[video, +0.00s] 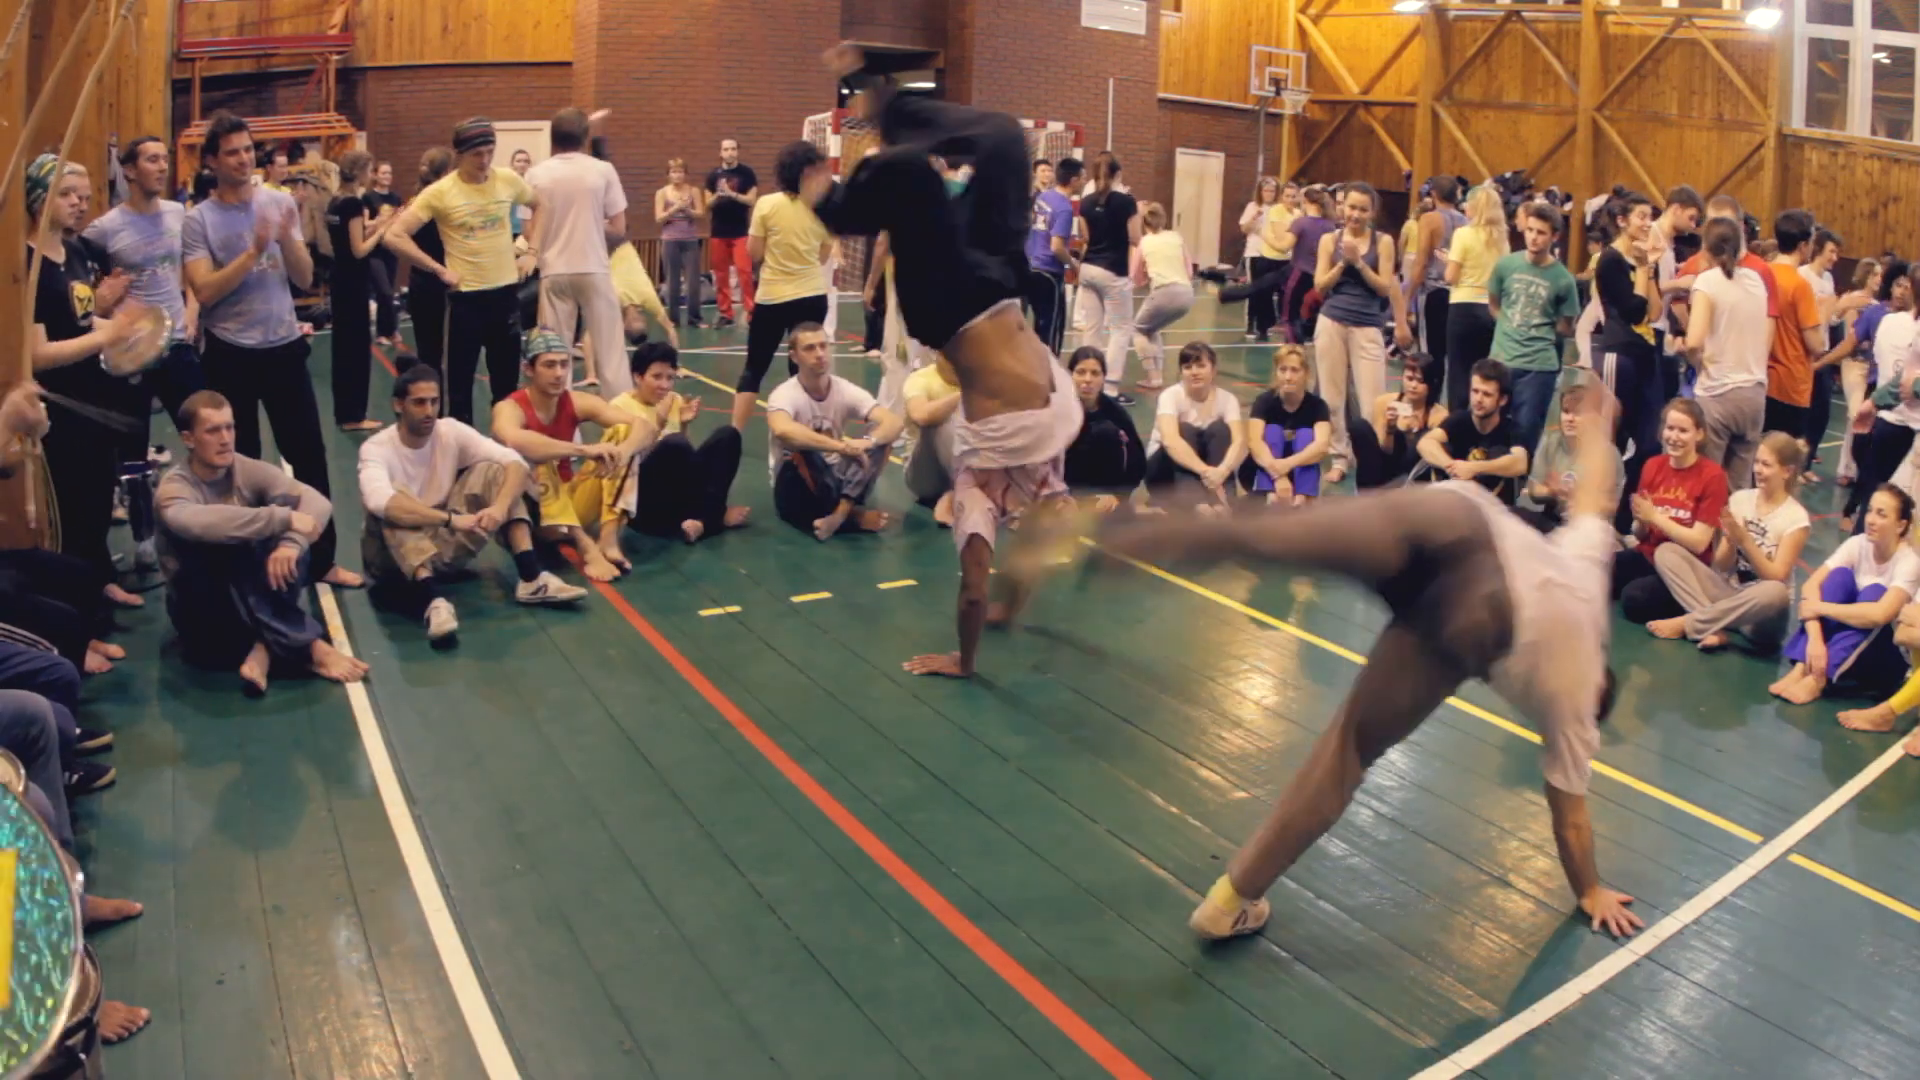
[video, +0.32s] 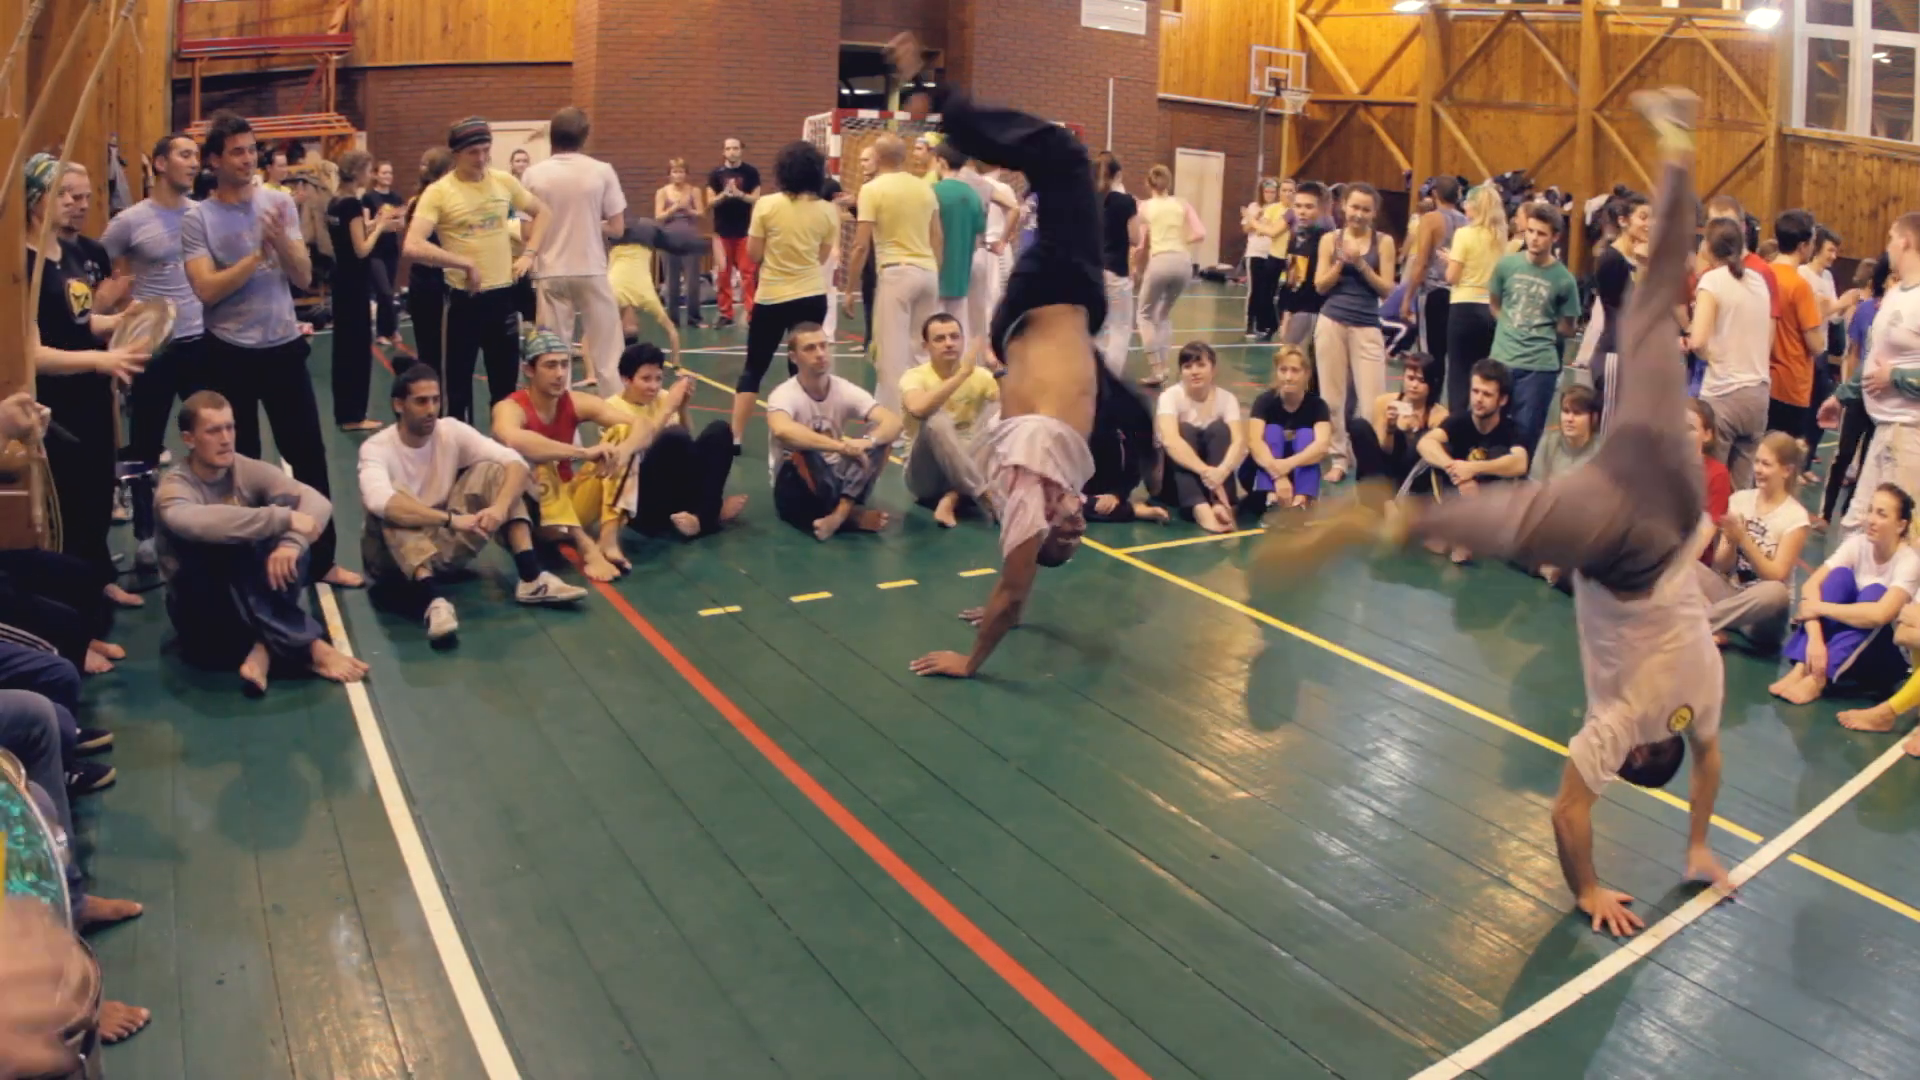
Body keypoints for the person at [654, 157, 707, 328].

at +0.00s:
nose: (676, 175)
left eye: (679, 171)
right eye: (673, 172)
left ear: (685, 173)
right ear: (668, 174)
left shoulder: (694, 191)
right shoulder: (662, 193)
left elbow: (701, 213)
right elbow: (659, 218)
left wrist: (687, 210)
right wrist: (675, 208)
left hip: (690, 237)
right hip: (670, 238)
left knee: (693, 280)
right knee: (673, 281)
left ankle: (694, 317)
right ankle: (673, 317)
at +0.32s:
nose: (677, 175)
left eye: (680, 172)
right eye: (674, 172)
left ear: (686, 173)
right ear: (669, 174)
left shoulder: (694, 191)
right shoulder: (662, 192)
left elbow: (701, 213)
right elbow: (659, 216)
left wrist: (687, 209)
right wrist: (674, 207)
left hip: (690, 236)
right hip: (670, 237)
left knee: (693, 280)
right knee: (672, 282)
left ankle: (694, 317)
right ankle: (673, 317)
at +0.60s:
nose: (679, 175)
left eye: (682, 172)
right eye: (676, 172)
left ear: (687, 174)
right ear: (670, 174)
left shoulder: (695, 192)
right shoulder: (663, 193)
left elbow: (704, 214)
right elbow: (652, 216)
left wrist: (688, 215)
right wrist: (672, 218)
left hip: (689, 239)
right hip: (669, 240)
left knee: (693, 280)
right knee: (671, 281)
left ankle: (694, 317)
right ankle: (672, 318)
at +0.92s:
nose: (681, 174)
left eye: (684, 170)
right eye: (677, 171)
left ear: (688, 173)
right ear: (672, 173)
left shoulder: (696, 190)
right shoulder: (664, 191)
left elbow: (704, 214)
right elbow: (657, 215)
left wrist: (688, 210)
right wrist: (673, 209)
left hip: (690, 236)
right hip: (670, 236)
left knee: (692, 273)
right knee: (671, 274)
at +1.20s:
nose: (684, 174)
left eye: (687, 170)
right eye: (680, 170)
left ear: (691, 172)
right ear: (674, 172)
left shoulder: (699, 190)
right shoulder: (667, 190)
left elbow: (705, 214)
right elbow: (661, 215)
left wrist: (694, 211)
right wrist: (676, 207)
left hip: (692, 239)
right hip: (672, 240)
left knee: (693, 276)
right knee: (673, 275)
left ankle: (695, 308)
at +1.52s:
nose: (689, 174)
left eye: (692, 171)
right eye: (685, 171)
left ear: (697, 172)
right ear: (680, 173)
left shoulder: (705, 190)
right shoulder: (673, 190)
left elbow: (712, 213)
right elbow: (666, 215)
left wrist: (696, 209)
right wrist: (683, 209)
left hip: (699, 236)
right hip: (679, 236)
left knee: (699, 274)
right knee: (678, 272)